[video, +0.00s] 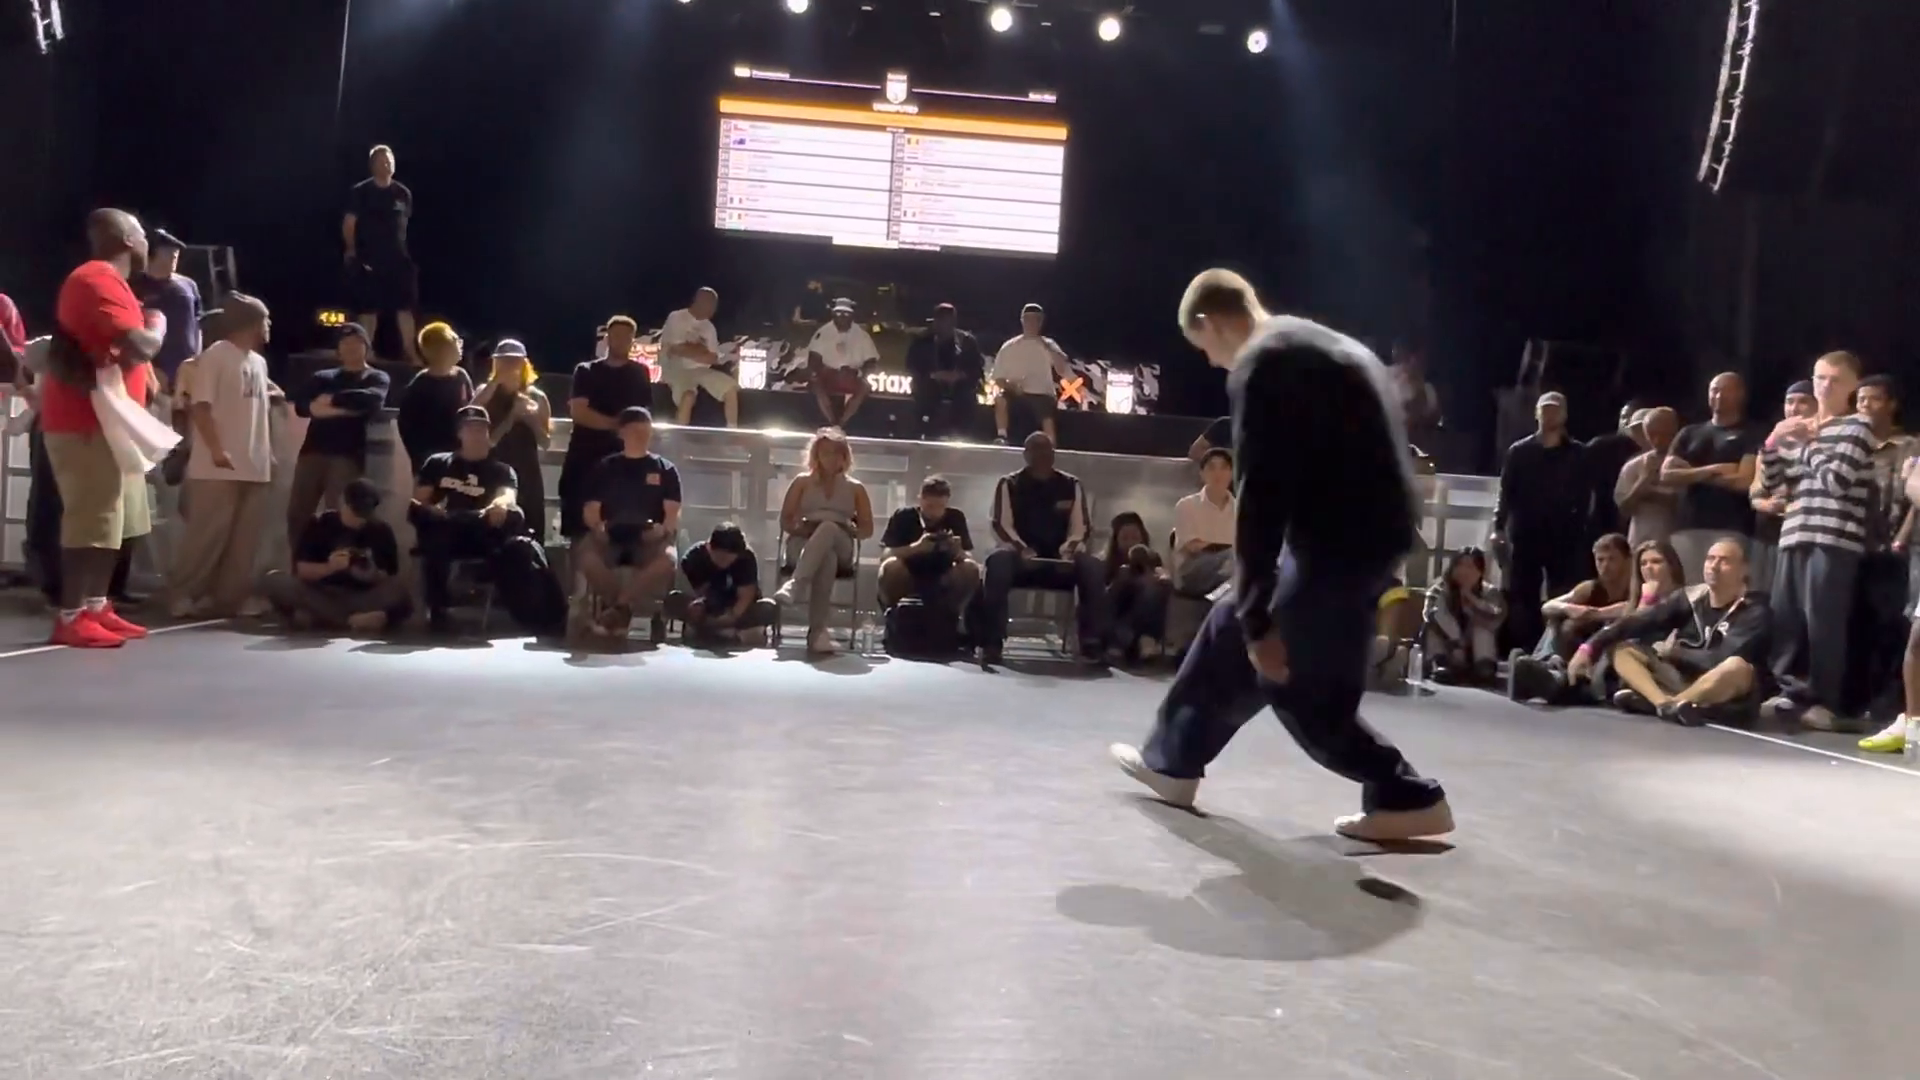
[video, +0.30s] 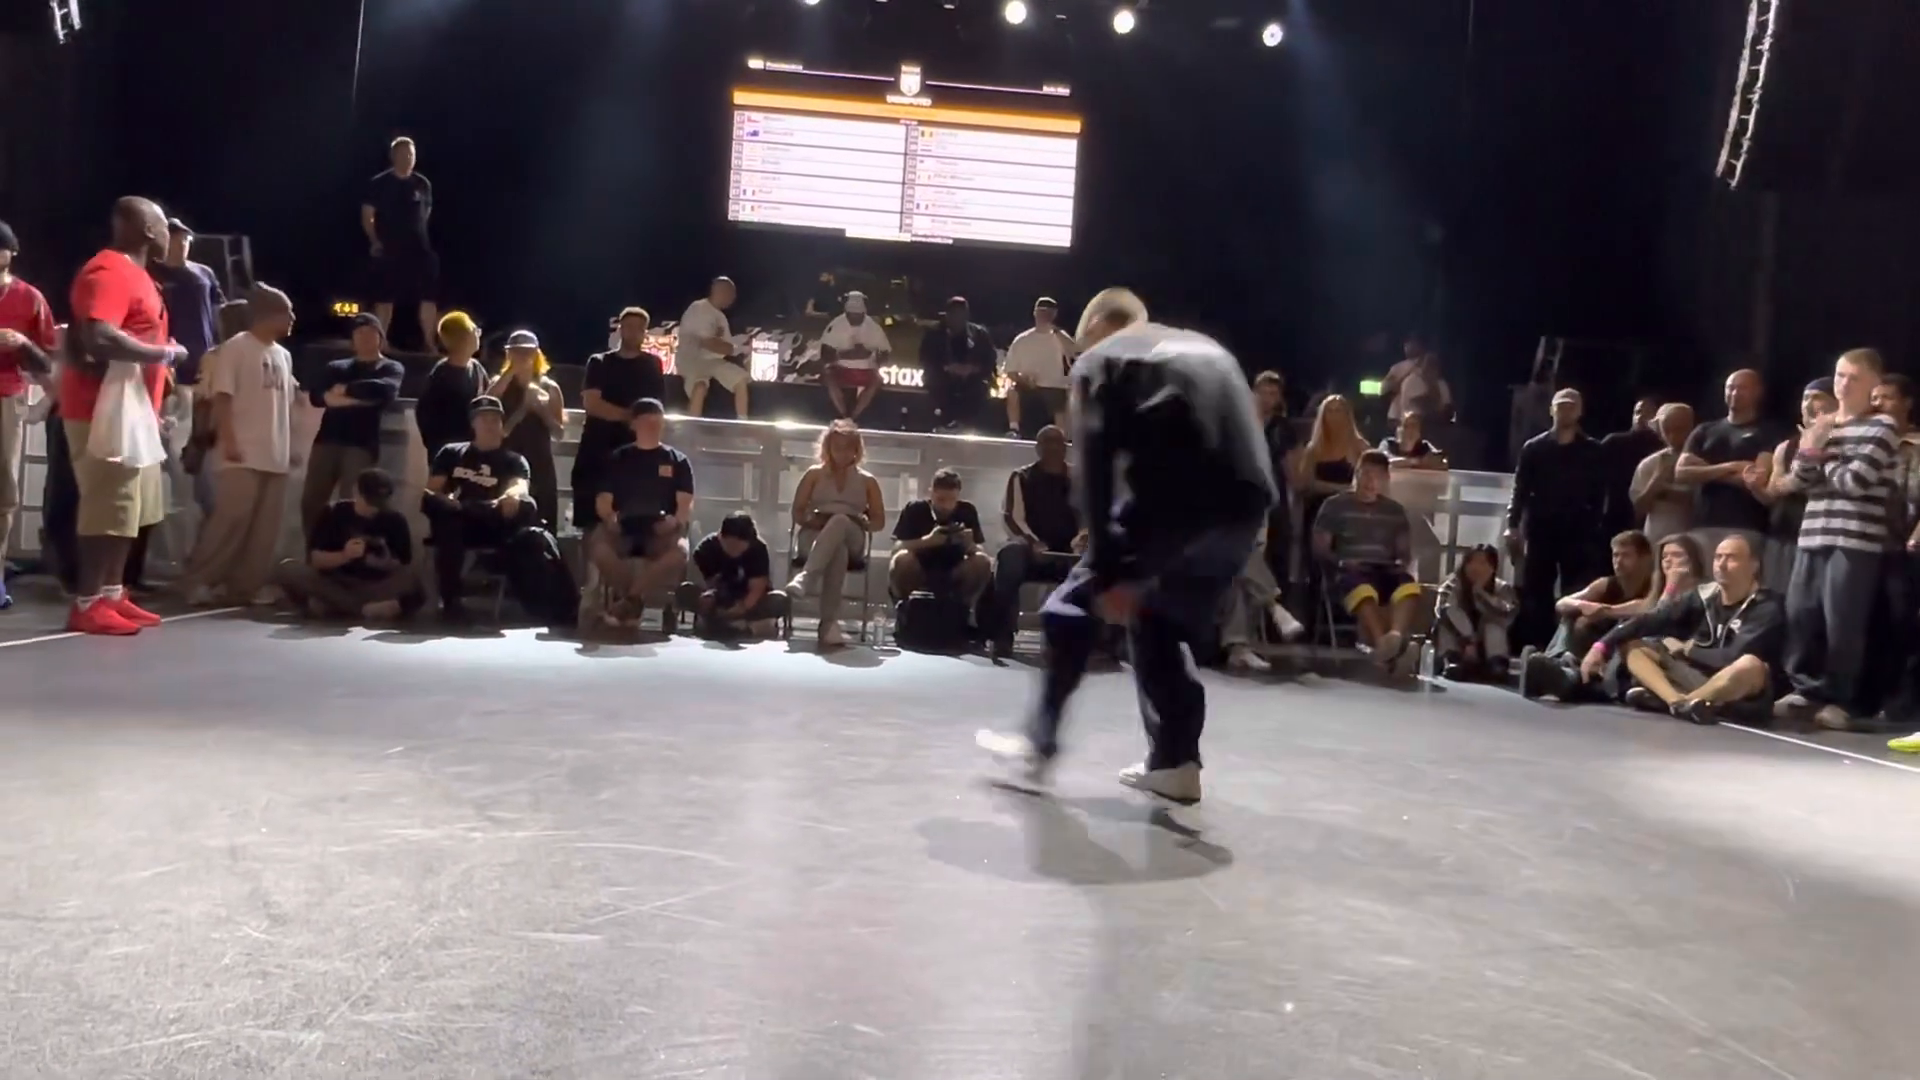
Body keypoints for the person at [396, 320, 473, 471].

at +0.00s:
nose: (460, 343)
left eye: (457, 338)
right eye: (454, 340)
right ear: (441, 350)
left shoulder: (461, 376)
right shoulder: (416, 388)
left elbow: (470, 413)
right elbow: (406, 427)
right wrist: (420, 461)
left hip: (461, 456)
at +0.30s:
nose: (479, 332)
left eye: (476, 328)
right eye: (473, 330)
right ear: (463, 339)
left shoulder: (477, 369)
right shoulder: (439, 377)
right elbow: (423, 412)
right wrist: (435, 447)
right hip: (445, 449)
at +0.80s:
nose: (491, 326)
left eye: (488, 322)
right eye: (485, 323)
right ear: (473, 331)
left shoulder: (488, 362)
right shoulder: (449, 372)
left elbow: (495, 398)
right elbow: (437, 410)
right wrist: (448, 444)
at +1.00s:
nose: (495, 324)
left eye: (492, 320)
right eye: (490, 321)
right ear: (476, 330)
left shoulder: (492, 362)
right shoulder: (453, 369)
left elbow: (497, 400)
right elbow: (440, 406)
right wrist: (449, 440)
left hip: (487, 441)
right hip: (458, 444)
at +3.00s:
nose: (514, 302)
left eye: (512, 298)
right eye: (509, 299)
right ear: (495, 307)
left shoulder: (513, 341)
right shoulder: (474, 345)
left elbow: (518, 379)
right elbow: (461, 382)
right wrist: (470, 416)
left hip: (507, 417)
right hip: (479, 419)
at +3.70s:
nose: (513, 302)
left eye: (511, 298)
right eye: (508, 299)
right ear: (494, 308)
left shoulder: (511, 341)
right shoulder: (470, 347)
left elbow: (518, 377)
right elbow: (458, 383)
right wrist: (468, 416)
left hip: (506, 415)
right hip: (477, 418)